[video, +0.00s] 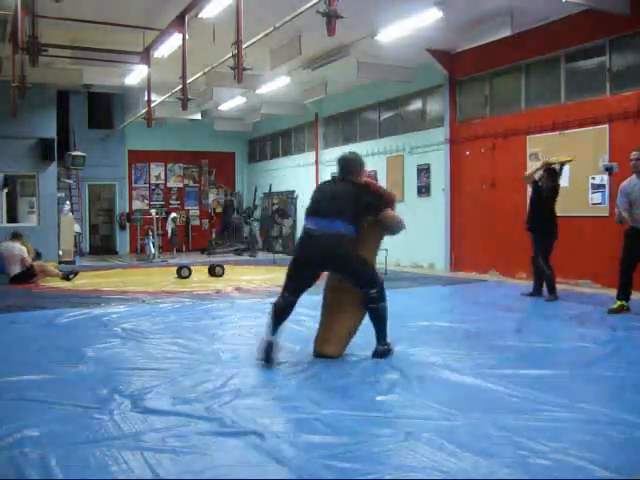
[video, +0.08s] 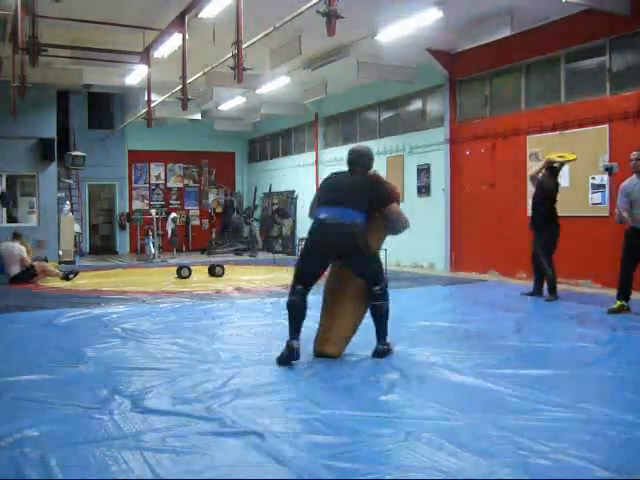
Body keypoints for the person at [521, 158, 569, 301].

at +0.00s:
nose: (541, 175)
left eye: (543, 174)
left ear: (544, 176)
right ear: (555, 178)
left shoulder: (539, 187)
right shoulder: (555, 187)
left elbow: (527, 178)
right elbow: (556, 176)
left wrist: (540, 167)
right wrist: (562, 165)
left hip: (539, 224)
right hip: (550, 222)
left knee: (540, 257)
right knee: (540, 257)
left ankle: (552, 291)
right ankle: (537, 289)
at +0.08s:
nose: (542, 174)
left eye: (543, 172)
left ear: (545, 172)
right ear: (555, 173)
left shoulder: (545, 185)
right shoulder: (551, 184)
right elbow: (533, 177)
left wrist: (535, 223)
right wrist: (545, 165)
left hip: (546, 224)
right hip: (546, 223)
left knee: (544, 257)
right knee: (537, 256)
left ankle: (552, 291)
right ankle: (537, 288)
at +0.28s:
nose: (547, 177)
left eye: (550, 176)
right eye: (549, 175)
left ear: (552, 177)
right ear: (554, 177)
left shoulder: (549, 191)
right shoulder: (547, 189)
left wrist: (542, 226)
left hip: (549, 228)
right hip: (544, 227)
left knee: (548, 258)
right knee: (532, 257)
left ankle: (553, 292)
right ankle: (539, 287)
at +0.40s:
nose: (549, 170)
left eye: (552, 168)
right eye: (548, 167)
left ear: (556, 173)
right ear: (546, 171)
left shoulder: (555, 193)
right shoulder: (544, 189)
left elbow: (550, 188)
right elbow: (544, 184)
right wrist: (548, 171)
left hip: (550, 228)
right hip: (541, 226)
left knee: (549, 258)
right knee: (530, 257)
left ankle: (553, 292)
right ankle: (539, 285)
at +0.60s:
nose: (551, 174)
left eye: (554, 171)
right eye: (549, 171)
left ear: (560, 174)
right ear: (547, 173)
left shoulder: (563, 192)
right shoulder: (545, 183)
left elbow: (562, 204)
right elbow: (543, 166)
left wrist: (564, 186)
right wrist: (560, 157)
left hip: (553, 228)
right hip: (540, 225)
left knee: (552, 261)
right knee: (529, 256)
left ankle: (554, 292)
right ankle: (533, 286)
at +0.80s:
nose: (561, 182)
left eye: (564, 181)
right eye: (559, 179)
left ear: (566, 184)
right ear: (555, 179)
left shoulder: (565, 196)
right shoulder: (544, 186)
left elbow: (564, 216)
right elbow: (538, 172)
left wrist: (566, 205)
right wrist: (556, 170)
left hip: (553, 230)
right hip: (537, 227)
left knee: (553, 263)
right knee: (532, 262)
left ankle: (554, 293)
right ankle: (528, 290)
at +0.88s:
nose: (556, 177)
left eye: (559, 174)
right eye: (554, 174)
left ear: (564, 177)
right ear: (550, 177)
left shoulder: (564, 194)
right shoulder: (542, 191)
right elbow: (531, 182)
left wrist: (569, 215)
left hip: (553, 232)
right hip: (537, 231)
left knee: (552, 264)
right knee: (533, 264)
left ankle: (553, 293)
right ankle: (529, 291)